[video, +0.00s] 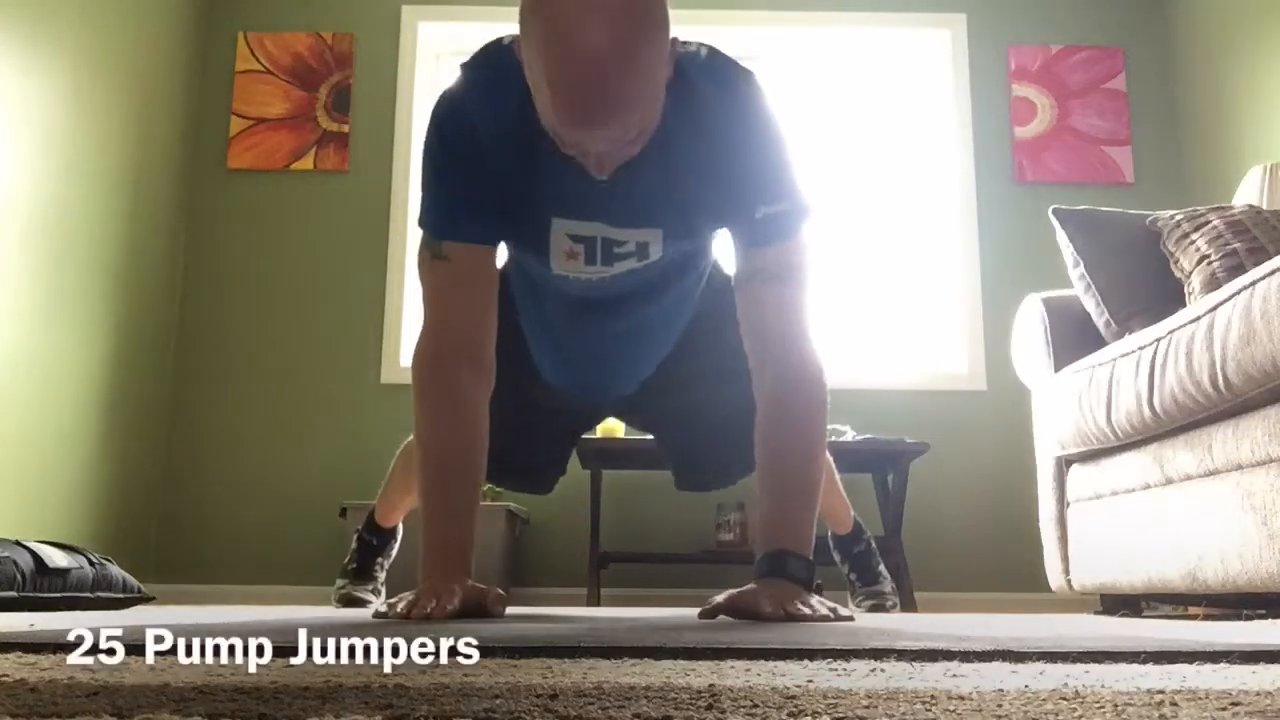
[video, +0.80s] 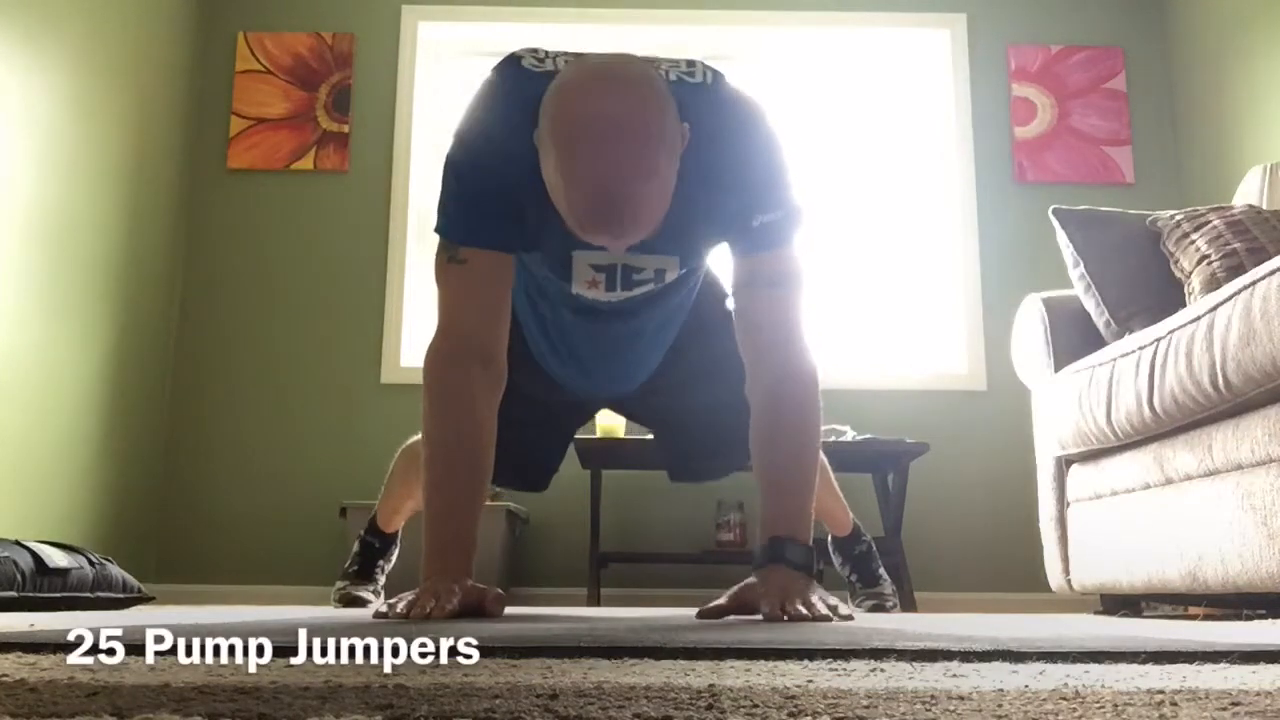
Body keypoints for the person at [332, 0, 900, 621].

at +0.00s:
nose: (600, 166)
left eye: (626, 142)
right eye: (574, 145)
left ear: (668, 65)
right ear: (526, 71)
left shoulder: (726, 103)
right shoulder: (475, 115)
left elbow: (784, 353)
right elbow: (453, 356)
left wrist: (785, 573)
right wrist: (444, 582)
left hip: (681, 315)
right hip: (536, 317)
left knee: (788, 431)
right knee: (444, 442)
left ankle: (854, 547)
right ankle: (375, 533)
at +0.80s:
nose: (612, 241)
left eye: (634, 228)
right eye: (590, 229)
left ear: (679, 147)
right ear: (544, 153)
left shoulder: (739, 139)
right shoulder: (497, 126)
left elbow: (781, 361)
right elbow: (464, 356)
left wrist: (787, 560)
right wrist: (448, 576)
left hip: (676, 318)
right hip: (535, 320)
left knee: (780, 431)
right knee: (450, 450)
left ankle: (854, 548)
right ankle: (377, 531)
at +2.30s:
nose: (602, 83)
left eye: (635, 46)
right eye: (576, 47)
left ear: (680, 58)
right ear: (544, 54)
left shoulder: (729, 130)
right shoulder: (492, 133)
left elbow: (776, 360)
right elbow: (460, 359)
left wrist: (783, 575)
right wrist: (447, 582)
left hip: (688, 353)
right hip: (536, 354)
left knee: (785, 461)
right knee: (448, 462)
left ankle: (860, 558)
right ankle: (378, 546)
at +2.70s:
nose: (597, 81)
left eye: (630, 44)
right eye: (573, 44)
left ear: (675, 57)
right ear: (541, 52)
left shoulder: (727, 132)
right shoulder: (489, 139)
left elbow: (770, 360)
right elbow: (462, 358)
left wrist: (781, 575)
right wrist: (446, 581)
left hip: (690, 370)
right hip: (537, 368)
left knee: (787, 468)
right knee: (446, 465)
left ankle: (860, 558)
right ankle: (383, 553)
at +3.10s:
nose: (613, 91)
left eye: (646, 57)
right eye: (585, 55)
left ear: (686, 60)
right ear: (549, 53)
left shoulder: (734, 128)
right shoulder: (495, 131)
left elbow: (774, 358)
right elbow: (462, 357)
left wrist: (782, 575)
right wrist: (446, 579)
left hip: (688, 347)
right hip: (538, 346)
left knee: (784, 459)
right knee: (452, 453)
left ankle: (857, 553)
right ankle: (381, 548)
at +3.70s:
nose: (623, 155)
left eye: (651, 133)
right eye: (598, 128)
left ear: (697, 69)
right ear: (555, 59)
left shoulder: (749, 109)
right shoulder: (495, 113)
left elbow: (783, 358)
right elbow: (462, 352)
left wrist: (783, 576)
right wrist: (445, 582)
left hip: (694, 330)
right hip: (544, 329)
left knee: (794, 453)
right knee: (450, 451)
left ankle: (858, 547)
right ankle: (387, 544)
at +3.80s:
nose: (626, 160)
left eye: (645, 134)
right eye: (602, 134)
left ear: (693, 54)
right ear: (561, 57)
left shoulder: (748, 108)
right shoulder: (494, 115)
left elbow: (783, 360)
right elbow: (462, 353)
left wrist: (784, 576)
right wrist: (446, 582)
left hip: (694, 330)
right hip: (544, 329)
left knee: (794, 454)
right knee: (449, 452)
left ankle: (859, 545)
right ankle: (385, 545)